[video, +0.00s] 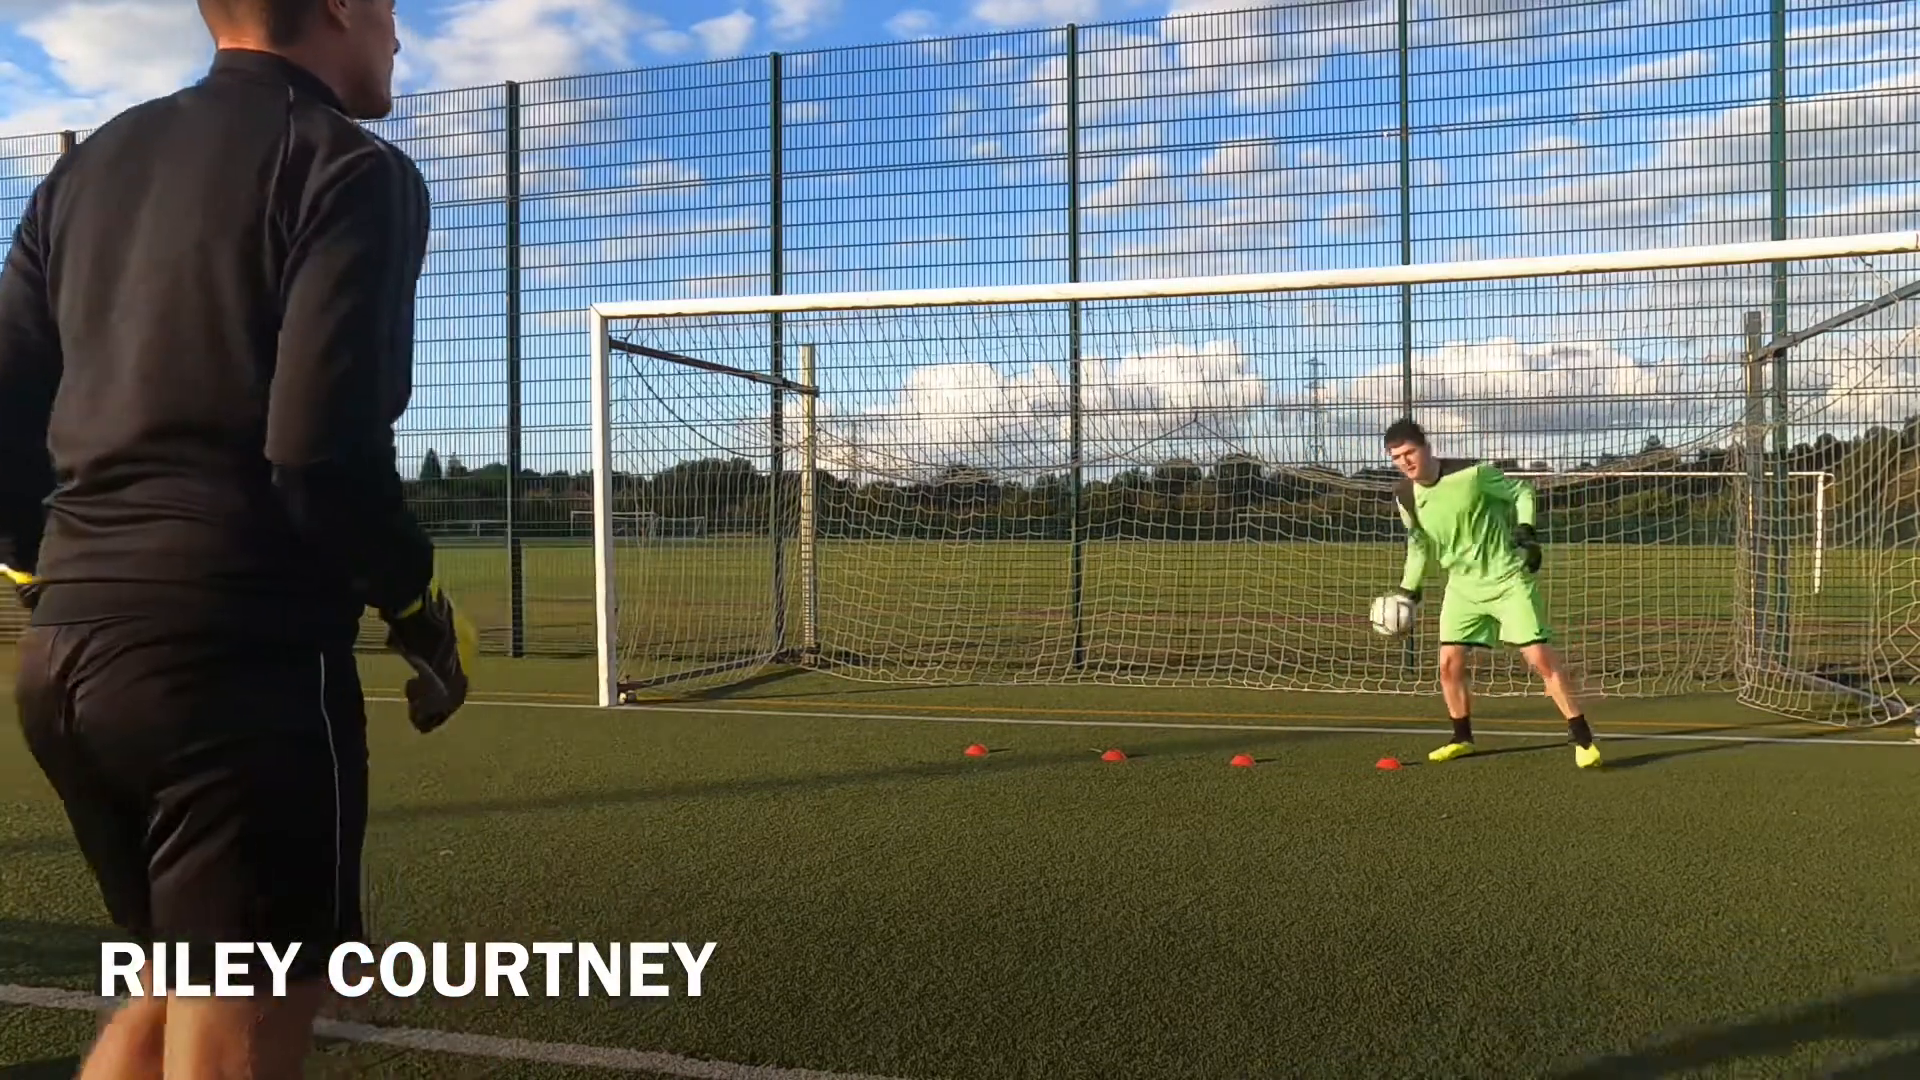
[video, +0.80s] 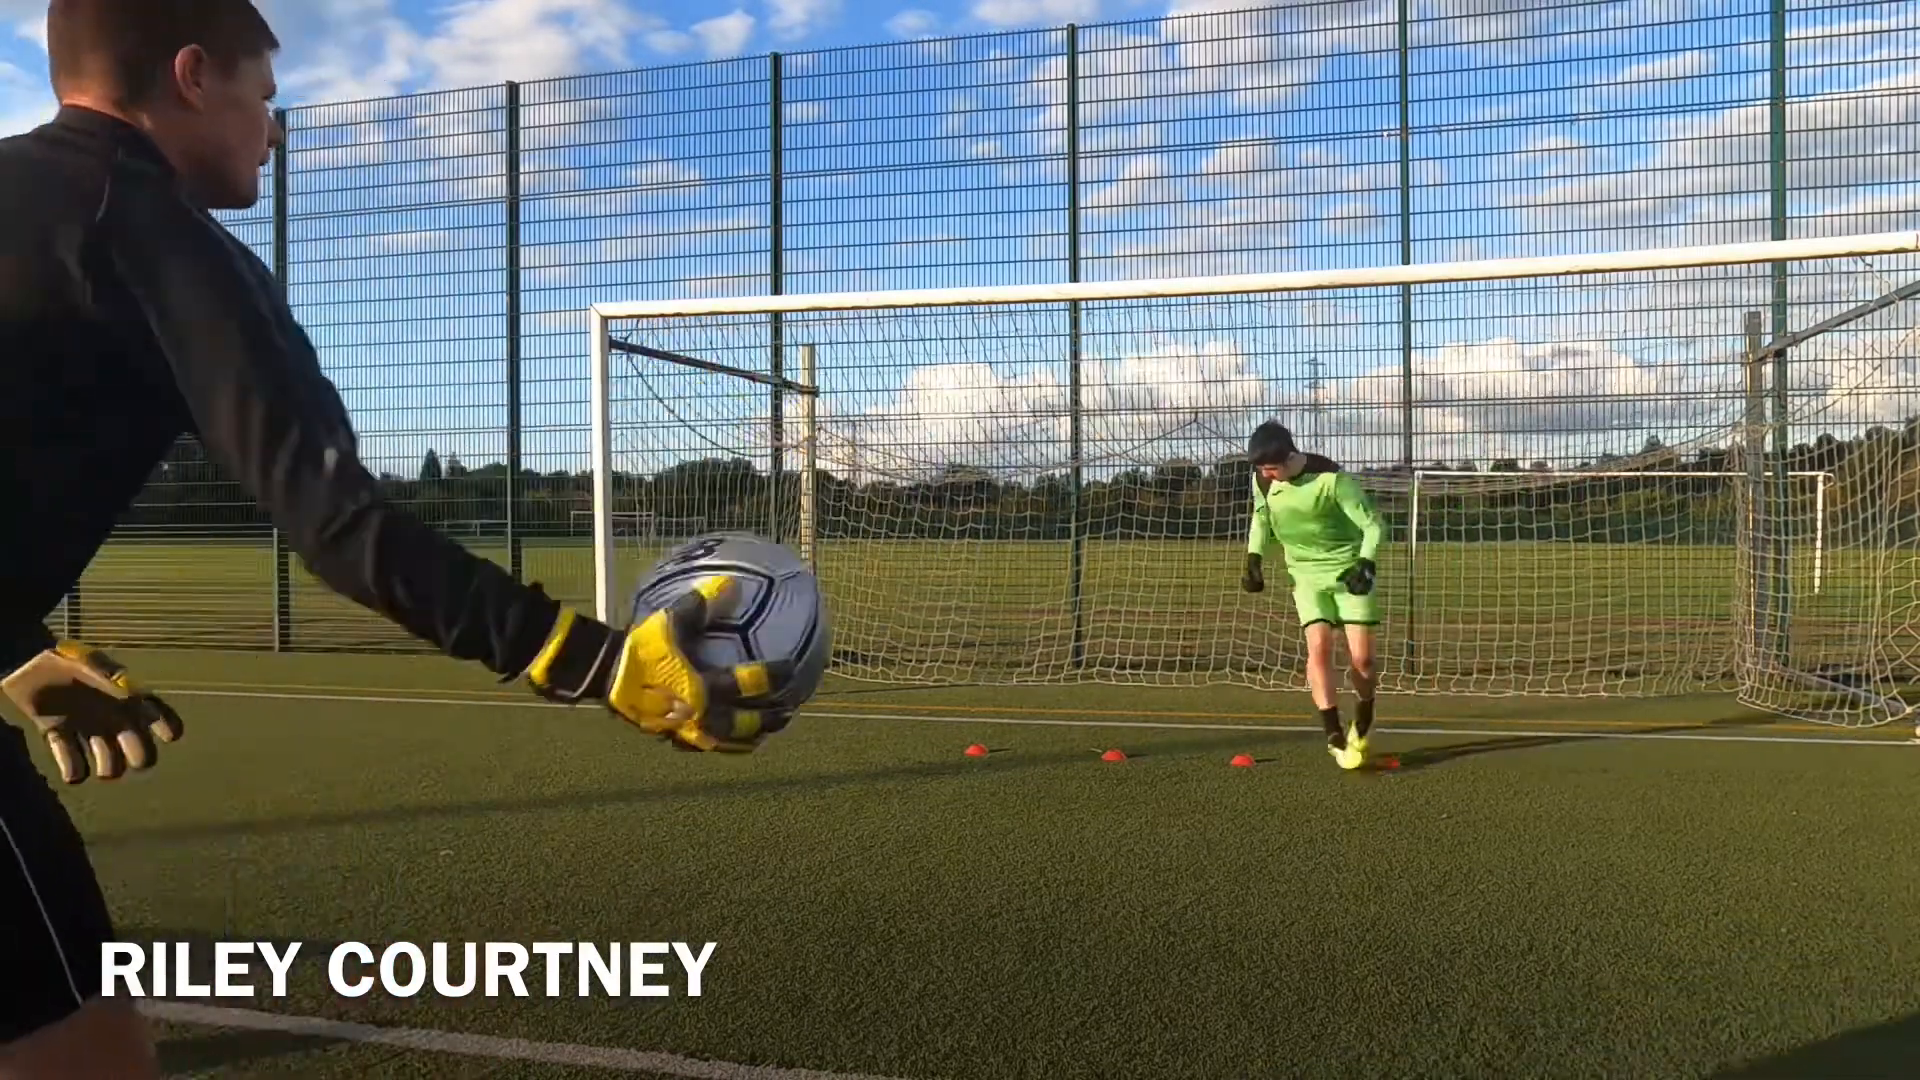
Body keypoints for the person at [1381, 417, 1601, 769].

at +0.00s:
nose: (1406, 461)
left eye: (1410, 452)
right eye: (1398, 458)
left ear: (1427, 447)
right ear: (1394, 462)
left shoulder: (1476, 475)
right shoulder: (1407, 500)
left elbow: (1523, 491)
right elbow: (1417, 545)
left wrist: (1526, 532)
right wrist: (1408, 593)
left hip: (1510, 579)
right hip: (1462, 587)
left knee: (1539, 658)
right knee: (1449, 663)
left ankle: (1583, 739)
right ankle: (1462, 738)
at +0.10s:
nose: (1389, 466)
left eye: (1393, 457)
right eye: (1383, 461)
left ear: (1412, 445)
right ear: (1382, 459)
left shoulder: (1462, 466)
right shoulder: (1394, 491)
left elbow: (1511, 489)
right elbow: (1407, 543)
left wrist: (1515, 534)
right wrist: (1400, 556)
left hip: (1498, 573)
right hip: (1453, 581)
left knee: (1522, 652)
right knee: (1443, 659)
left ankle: (1563, 734)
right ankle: (1461, 737)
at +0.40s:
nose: (1365, 466)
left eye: (1368, 458)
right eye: (1360, 461)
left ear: (1388, 444)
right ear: (1363, 457)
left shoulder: (1442, 465)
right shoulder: (1374, 489)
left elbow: (1487, 493)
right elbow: (1382, 535)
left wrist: (1484, 539)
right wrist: (1396, 567)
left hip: (1471, 580)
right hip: (1427, 590)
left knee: (1495, 657)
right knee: (1431, 668)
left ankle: (1537, 744)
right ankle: (1459, 721)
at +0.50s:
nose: (1360, 483)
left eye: (1364, 474)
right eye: (1355, 477)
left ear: (1383, 462)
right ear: (1355, 474)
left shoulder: (1431, 489)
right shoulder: (1367, 498)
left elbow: (1481, 528)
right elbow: (1363, 537)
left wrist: (1474, 571)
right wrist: (1346, 579)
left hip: (1452, 592)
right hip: (1410, 597)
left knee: (1482, 674)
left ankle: (1542, 749)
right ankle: (1430, 721)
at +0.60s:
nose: (1333, 480)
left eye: (1338, 471)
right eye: (1329, 473)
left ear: (1358, 460)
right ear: (1328, 471)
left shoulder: (1405, 490)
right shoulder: (1335, 493)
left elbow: (1448, 529)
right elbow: (1323, 530)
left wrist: (1436, 568)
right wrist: (1305, 570)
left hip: (1419, 596)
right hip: (1372, 599)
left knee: (1462, 669)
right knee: (1357, 656)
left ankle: (1526, 740)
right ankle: (1372, 751)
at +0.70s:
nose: (1304, 477)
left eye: (1309, 469)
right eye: (1299, 471)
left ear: (1329, 458)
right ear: (1296, 467)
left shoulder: (1371, 485)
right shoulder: (1301, 487)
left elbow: (1411, 530)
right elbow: (1284, 520)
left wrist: (1398, 563)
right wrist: (1278, 558)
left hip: (1384, 580)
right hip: (1338, 587)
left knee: (1415, 649)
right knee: (1355, 654)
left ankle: (1434, 714)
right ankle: (1374, 752)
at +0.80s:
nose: (1264, 473)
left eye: (1269, 465)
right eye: (1259, 466)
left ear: (1288, 455)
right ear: (1256, 464)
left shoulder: (1333, 480)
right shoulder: (1263, 483)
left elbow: (1374, 524)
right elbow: (1261, 517)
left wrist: (1366, 562)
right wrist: (1254, 557)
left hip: (1349, 567)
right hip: (1306, 573)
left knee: (1363, 660)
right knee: (1319, 644)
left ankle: (1364, 714)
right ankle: (1334, 734)